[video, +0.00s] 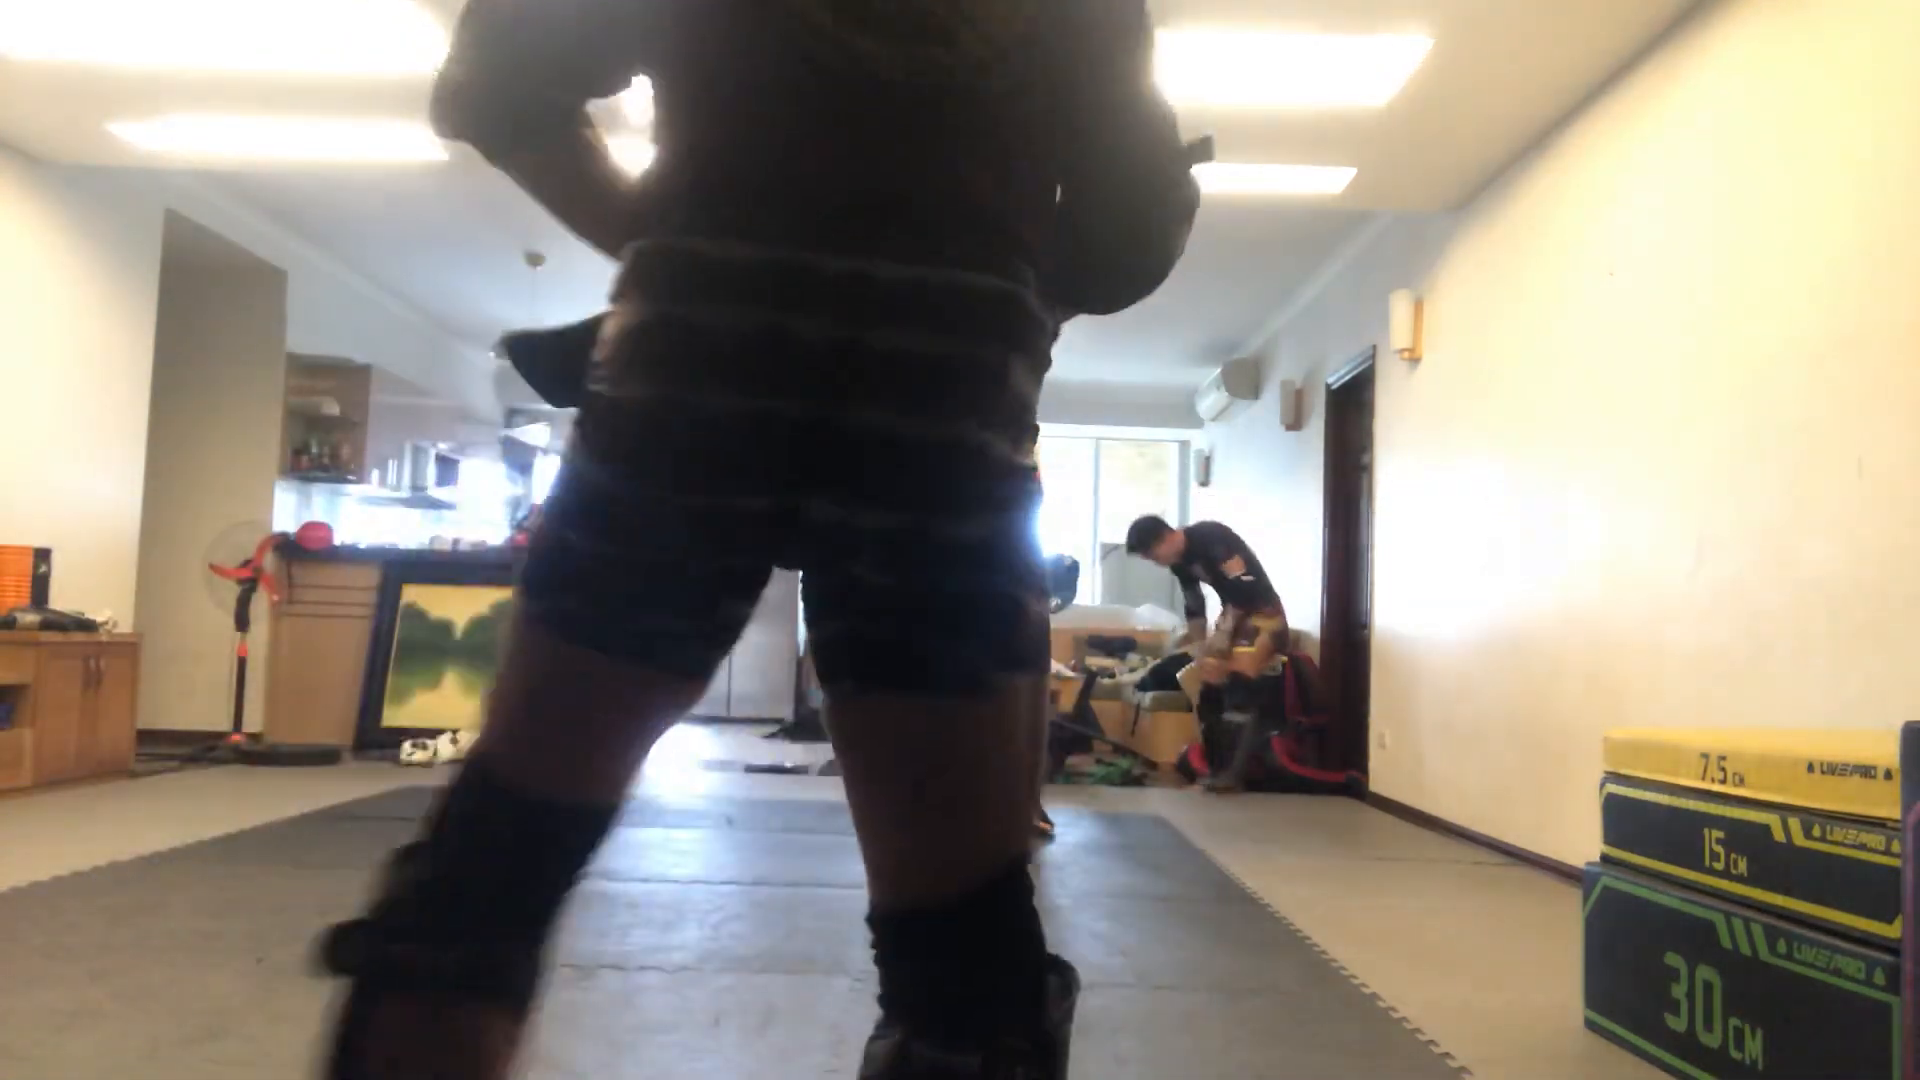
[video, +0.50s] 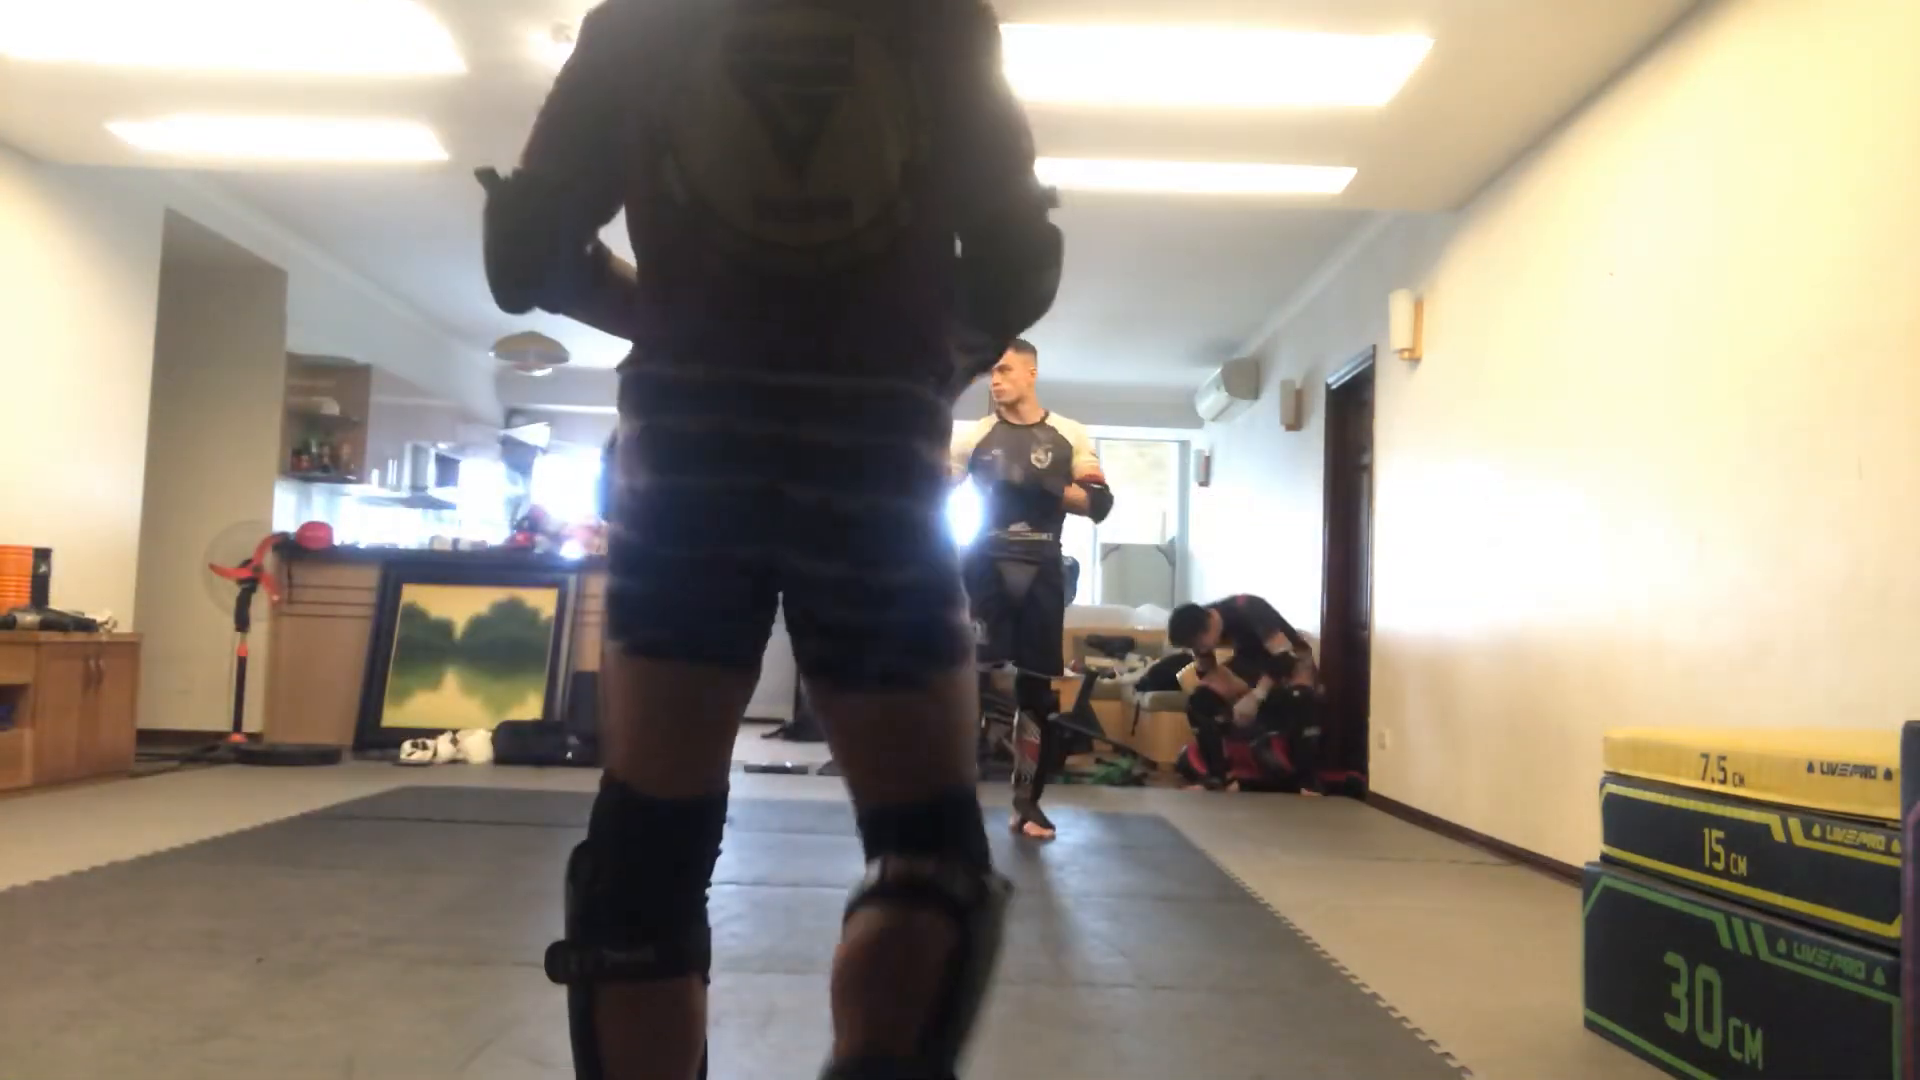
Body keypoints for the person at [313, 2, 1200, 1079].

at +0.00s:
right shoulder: (1070, 12)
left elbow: (493, 88)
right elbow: (1136, 220)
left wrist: (639, 222)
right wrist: (1017, 274)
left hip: (690, 366)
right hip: (935, 399)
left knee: (477, 893)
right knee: (968, 976)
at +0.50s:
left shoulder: (644, 18)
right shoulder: (938, 19)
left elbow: (528, 248)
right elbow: (1020, 257)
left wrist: (664, 311)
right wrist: (926, 347)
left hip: (686, 448)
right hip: (872, 456)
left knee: (645, 865)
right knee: (927, 854)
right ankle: (870, 1061)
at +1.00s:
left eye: (863, 37)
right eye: (945, 47)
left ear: (842, 34)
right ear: (947, 55)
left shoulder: (765, 116)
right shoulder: (1000, 170)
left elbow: (648, 287)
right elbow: (1026, 380)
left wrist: (765, 328)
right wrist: (922, 387)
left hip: (772, 498)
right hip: (915, 511)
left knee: (672, 777)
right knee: (902, 798)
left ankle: (700, 1055)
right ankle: (883, 1063)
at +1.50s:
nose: (803, 158)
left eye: (799, 139)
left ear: (799, 141)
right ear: (890, 151)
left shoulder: (745, 217)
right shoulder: (944, 248)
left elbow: (664, 356)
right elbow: (986, 412)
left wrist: (763, 377)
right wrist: (908, 450)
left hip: (750, 536)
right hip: (874, 546)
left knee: (738, 759)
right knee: (885, 774)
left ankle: (739, 997)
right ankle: (873, 1036)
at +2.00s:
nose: (845, 243)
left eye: (826, 223)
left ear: (820, 220)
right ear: (897, 235)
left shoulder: (768, 272)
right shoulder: (931, 302)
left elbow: (684, 372)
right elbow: (972, 442)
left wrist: (763, 413)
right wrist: (898, 475)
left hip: (768, 551)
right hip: (871, 557)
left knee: (741, 752)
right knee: (868, 751)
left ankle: (739, 973)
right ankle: (848, 946)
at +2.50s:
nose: (817, 277)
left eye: (819, 266)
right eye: (823, 268)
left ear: (831, 266)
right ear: (899, 274)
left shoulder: (797, 324)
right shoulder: (944, 351)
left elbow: (727, 426)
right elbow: (961, 465)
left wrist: (795, 450)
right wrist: (891, 479)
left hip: (801, 566)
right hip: (890, 574)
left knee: (787, 729)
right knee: (876, 741)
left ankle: (778, 894)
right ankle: (850, 936)